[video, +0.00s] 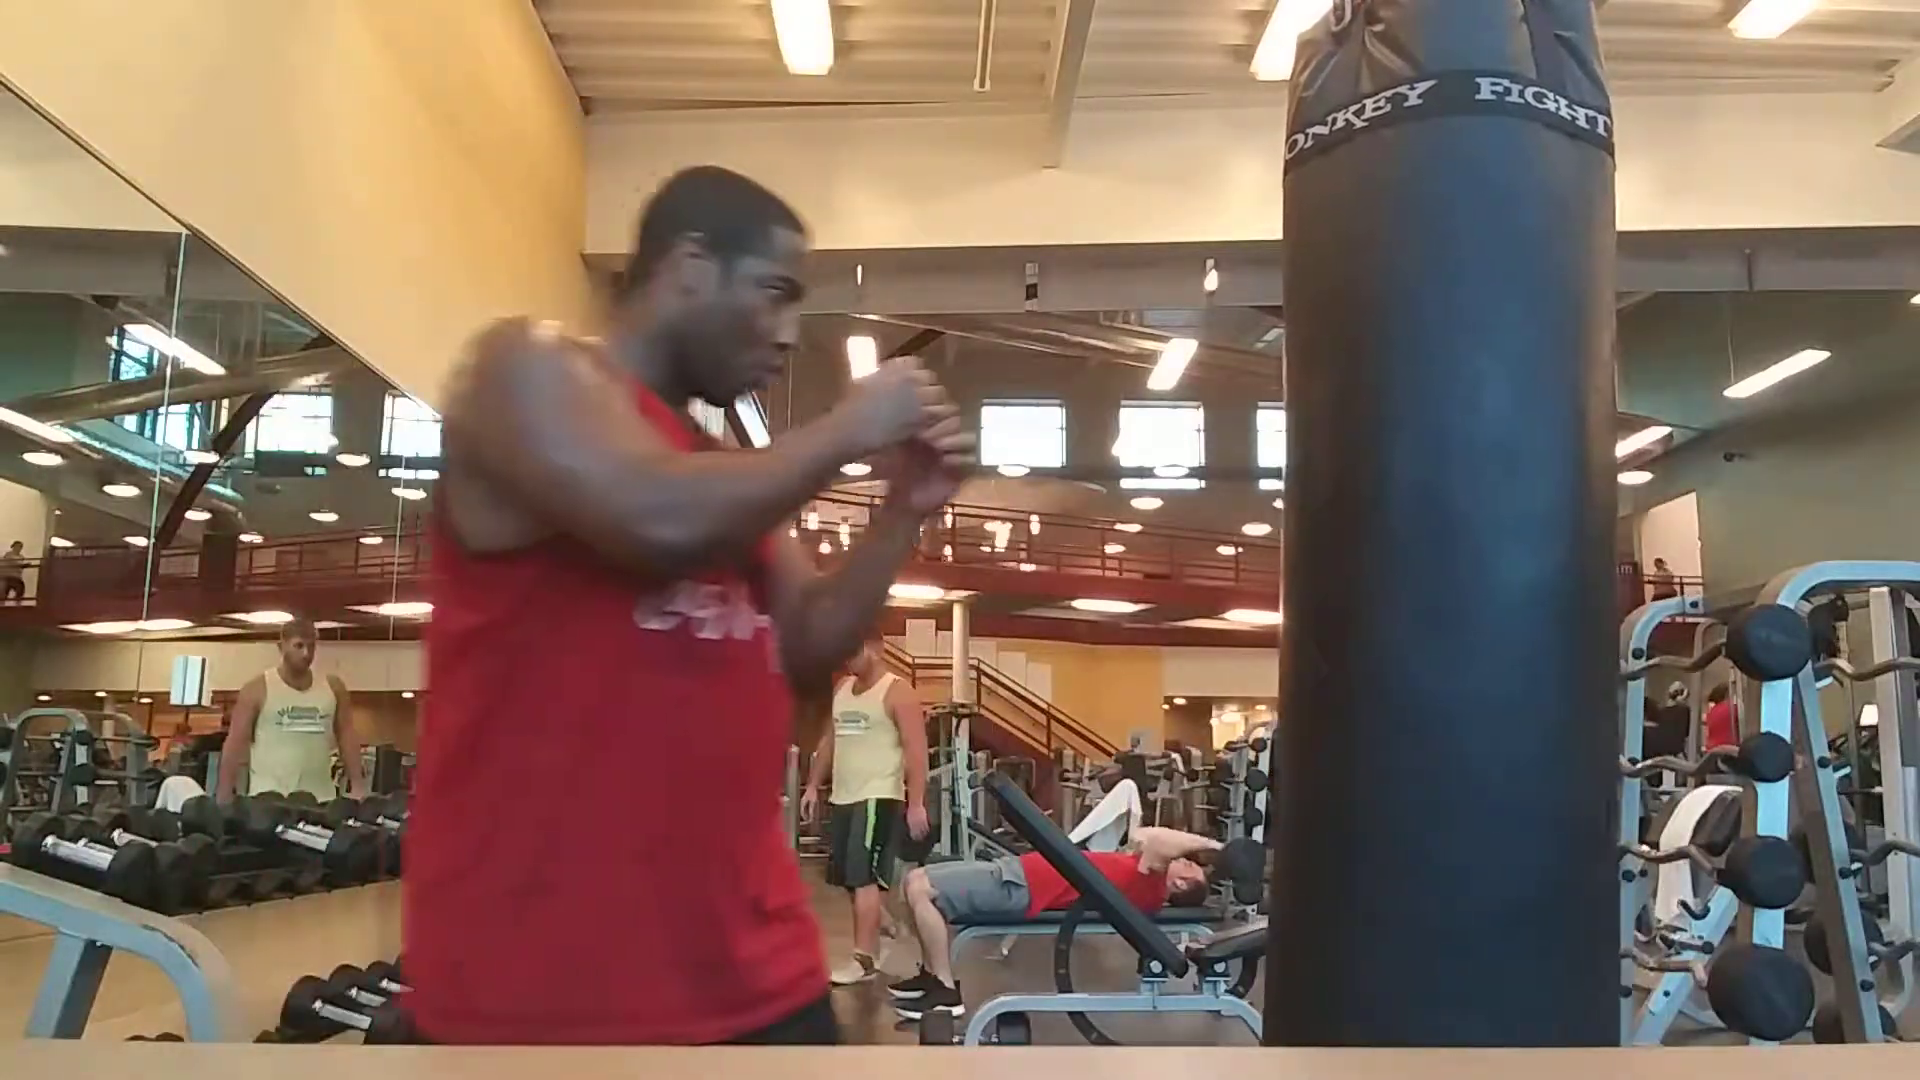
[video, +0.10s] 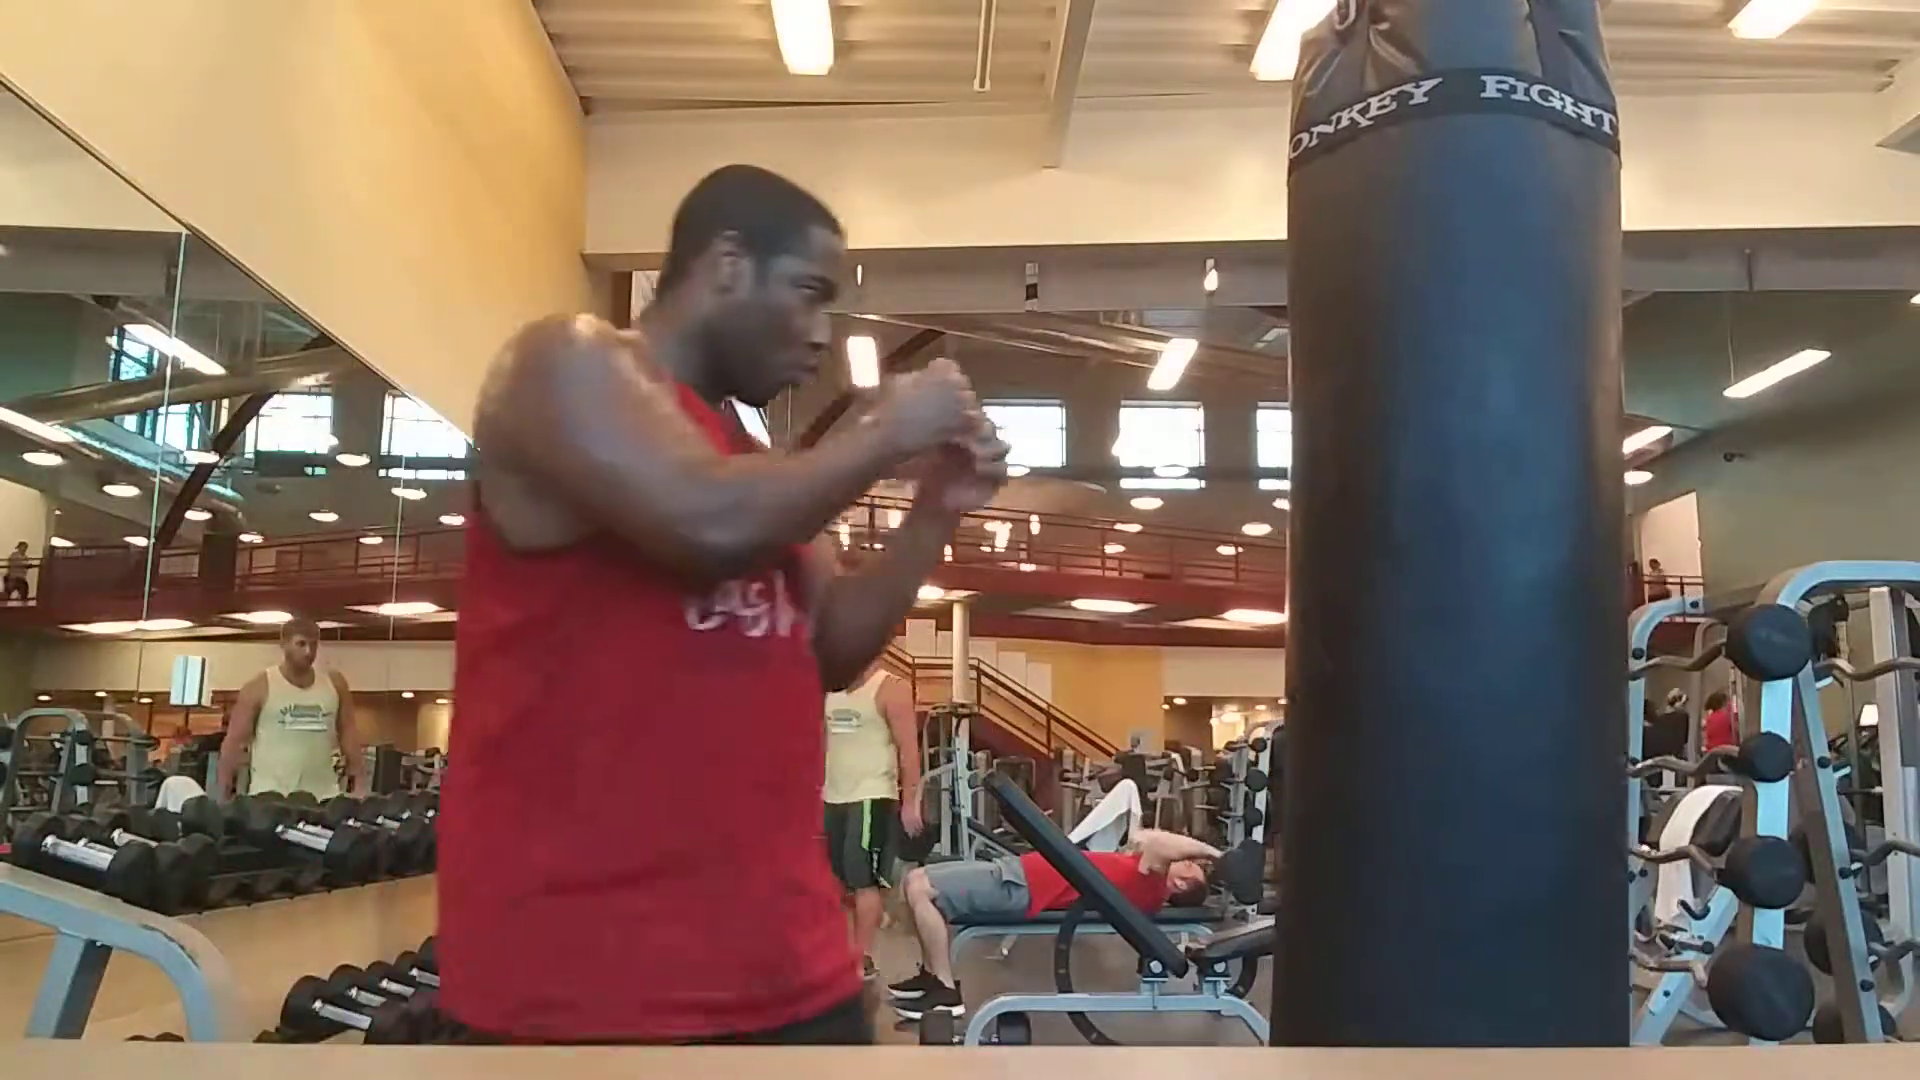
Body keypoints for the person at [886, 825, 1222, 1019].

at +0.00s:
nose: (1188, 867)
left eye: (1193, 873)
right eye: (1193, 865)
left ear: (1184, 886)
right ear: (1184, 862)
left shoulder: (1150, 890)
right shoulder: (1145, 874)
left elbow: (1153, 838)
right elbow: (1142, 836)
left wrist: (1211, 846)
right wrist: (1195, 845)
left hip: (1023, 885)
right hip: (1018, 871)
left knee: (921, 887)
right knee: (917, 879)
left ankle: (946, 990)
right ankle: (931, 980)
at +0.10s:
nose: (1190, 866)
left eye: (1195, 874)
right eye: (1194, 864)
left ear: (1185, 887)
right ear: (1184, 861)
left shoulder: (1150, 888)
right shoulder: (1146, 875)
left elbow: (1151, 839)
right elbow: (1141, 838)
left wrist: (1210, 851)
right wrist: (1201, 849)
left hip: (1021, 885)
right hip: (1016, 871)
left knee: (921, 886)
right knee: (917, 878)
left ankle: (945, 988)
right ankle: (930, 977)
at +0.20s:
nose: (1187, 870)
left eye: (1192, 874)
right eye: (1193, 870)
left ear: (1181, 886)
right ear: (1182, 873)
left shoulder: (1148, 891)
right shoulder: (1143, 875)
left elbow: (1157, 845)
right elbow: (1143, 838)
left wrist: (1210, 856)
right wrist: (1195, 853)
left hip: (1022, 886)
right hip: (1017, 871)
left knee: (919, 886)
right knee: (917, 879)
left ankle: (944, 984)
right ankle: (934, 975)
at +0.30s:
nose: (1188, 875)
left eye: (1194, 881)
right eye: (1193, 871)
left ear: (1187, 890)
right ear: (1184, 869)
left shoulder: (1150, 891)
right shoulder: (1145, 878)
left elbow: (1154, 846)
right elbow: (1143, 837)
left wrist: (1211, 860)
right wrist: (1200, 855)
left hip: (1017, 887)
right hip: (1013, 873)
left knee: (913, 890)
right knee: (913, 877)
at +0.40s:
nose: (1186, 872)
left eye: (1192, 877)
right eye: (1192, 870)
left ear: (1183, 888)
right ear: (1181, 870)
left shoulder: (1149, 891)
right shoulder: (1144, 878)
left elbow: (1155, 845)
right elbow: (1140, 836)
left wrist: (1213, 858)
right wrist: (1199, 852)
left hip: (1017, 887)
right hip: (1014, 873)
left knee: (923, 885)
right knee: (921, 871)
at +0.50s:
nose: (1186, 873)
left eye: (1192, 882)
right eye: (1191, 869)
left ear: (1183, 891)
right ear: (1181, 865)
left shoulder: (1150, 891)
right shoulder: (1144, 876)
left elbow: (1154, 844)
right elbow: (1142, 836)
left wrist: (1213, 852)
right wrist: (1203, 850)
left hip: (1018, 887)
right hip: (1015, 873)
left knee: (920, 886)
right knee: (922, 875)